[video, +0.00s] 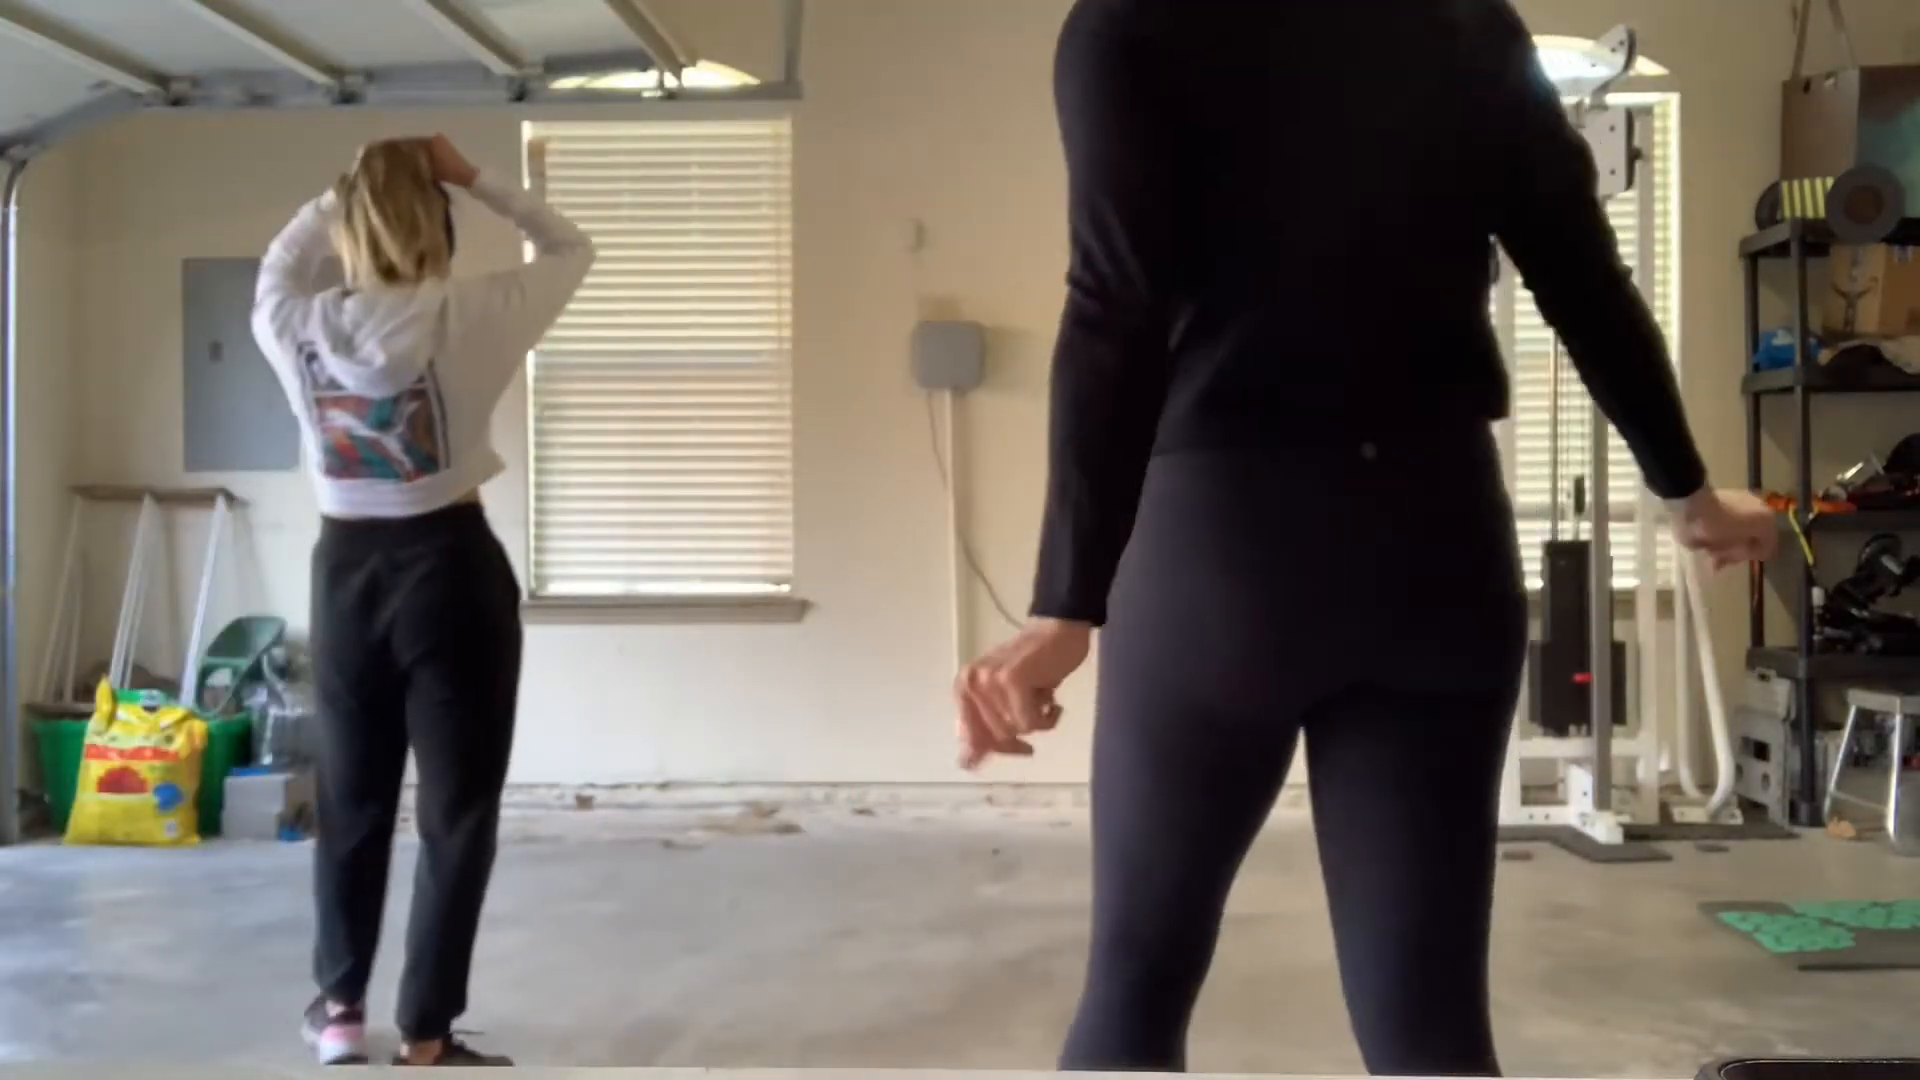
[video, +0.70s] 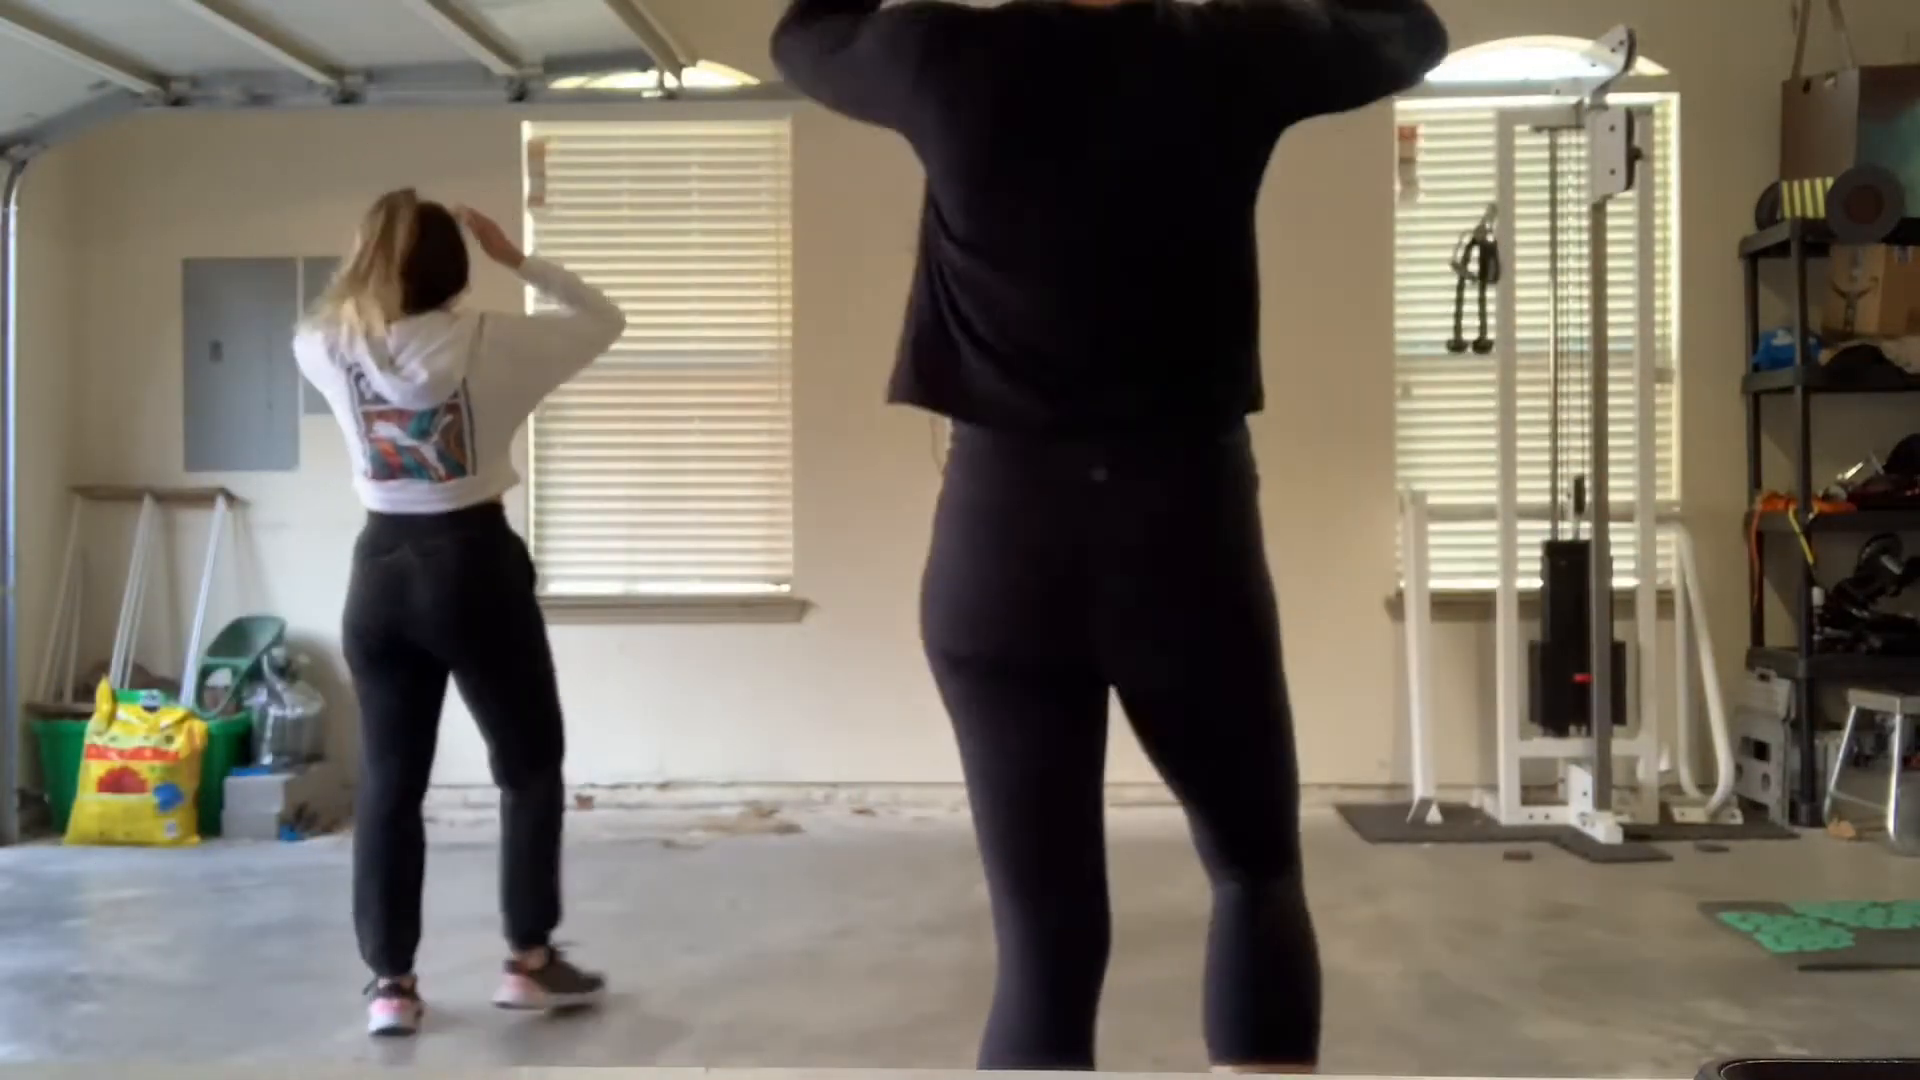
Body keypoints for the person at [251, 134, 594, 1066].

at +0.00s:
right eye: (441, 214)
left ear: (347, 235)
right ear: (444, 227)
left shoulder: (302, 325)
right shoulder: (478, 315)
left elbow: (280, 269)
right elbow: (569, 251)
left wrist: (341, 197)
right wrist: (475, 181)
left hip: (344, 573)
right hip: (452, 572)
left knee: (352, 803)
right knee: (458, 810)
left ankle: (339, 1011)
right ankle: (427, 1034)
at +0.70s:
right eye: (453, 250)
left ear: (368, 269)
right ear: (456, 270)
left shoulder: (336, 353)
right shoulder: (494, 344)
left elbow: (314, 329)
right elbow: (602, 318)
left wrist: (373, 271)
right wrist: (520, 262)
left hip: (381, 581)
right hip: (478, 578)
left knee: (388, 783)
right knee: (529, 768)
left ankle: (391, 985)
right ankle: (529, 957)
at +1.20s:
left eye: (494, 271)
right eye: (554, 269)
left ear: (487, 286)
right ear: (558, 285)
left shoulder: (455, 367)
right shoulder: (599, 357)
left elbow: (411, 356)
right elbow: (671, 352)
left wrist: (469, 303)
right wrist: (595, 299)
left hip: (496, 566)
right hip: (584, 565)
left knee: (462, 739)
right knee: (591, 751)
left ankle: (449, 902)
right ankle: (581, 927)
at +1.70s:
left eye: (484, 285)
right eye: (543, 283)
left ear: (474, 294)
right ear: (546, 293)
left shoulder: (436, 390)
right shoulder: (580, 378)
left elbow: (433, 514)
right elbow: (603, 498)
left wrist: (473, 554)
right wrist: (628, 586)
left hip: (473, 572)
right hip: (561, 570)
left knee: (446, 744)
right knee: (574, 751)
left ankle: (415, 914)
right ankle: (578, 926)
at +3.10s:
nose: (544, 303)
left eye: (535, 289)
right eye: (542, 291)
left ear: (471, 295)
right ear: (537, 298)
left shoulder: (422, 390)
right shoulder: (567, 385)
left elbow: (415, 508)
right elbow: (599, 499)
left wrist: (449, 553)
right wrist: (616, 579)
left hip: (448, 576)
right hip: (539, 575)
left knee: (430, 748)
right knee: (563, 750)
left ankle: (412, 920)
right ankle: (580, 925)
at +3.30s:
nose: (546, 303)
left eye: (533, 288)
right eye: (544, 291)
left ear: (475, 295)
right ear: (540, 299)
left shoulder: (428, 390)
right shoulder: (570, 384)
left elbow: (416, 513)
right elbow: (604, 502)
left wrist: (463, 544)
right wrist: (627, 583)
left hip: (458, 576)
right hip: (549, 575)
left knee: (437, 745)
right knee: (570, 750)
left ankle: (413, 918)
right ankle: (583, 926)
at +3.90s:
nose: (561, 313)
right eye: (561, 302)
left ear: (481, 300)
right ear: (550, 306)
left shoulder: (427, 386)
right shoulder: (572, 390)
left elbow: (386, 492)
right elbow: (603, 506)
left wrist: (366, 585)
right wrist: (595, 537)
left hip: (457, 578)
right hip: (549, 577)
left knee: (436, 746)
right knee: (568, 751)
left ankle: (411, 917)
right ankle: (583, 925)